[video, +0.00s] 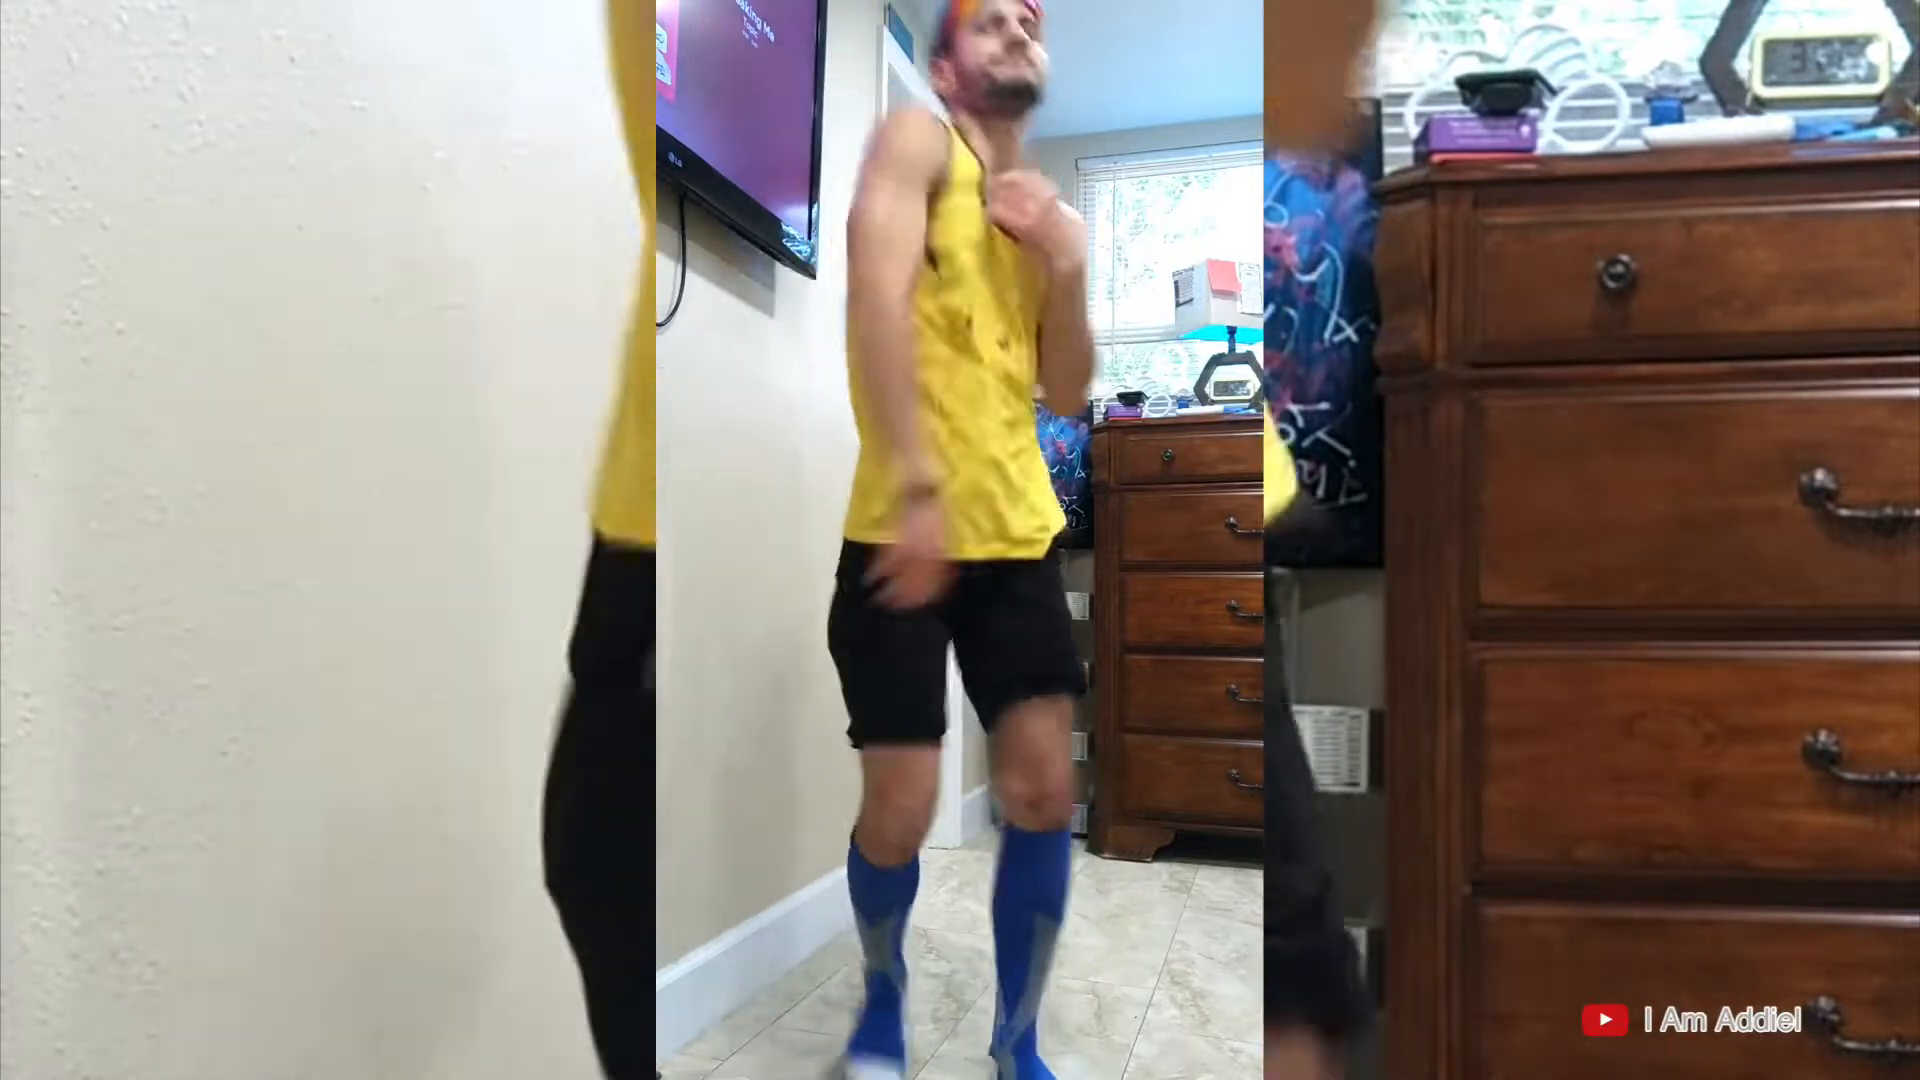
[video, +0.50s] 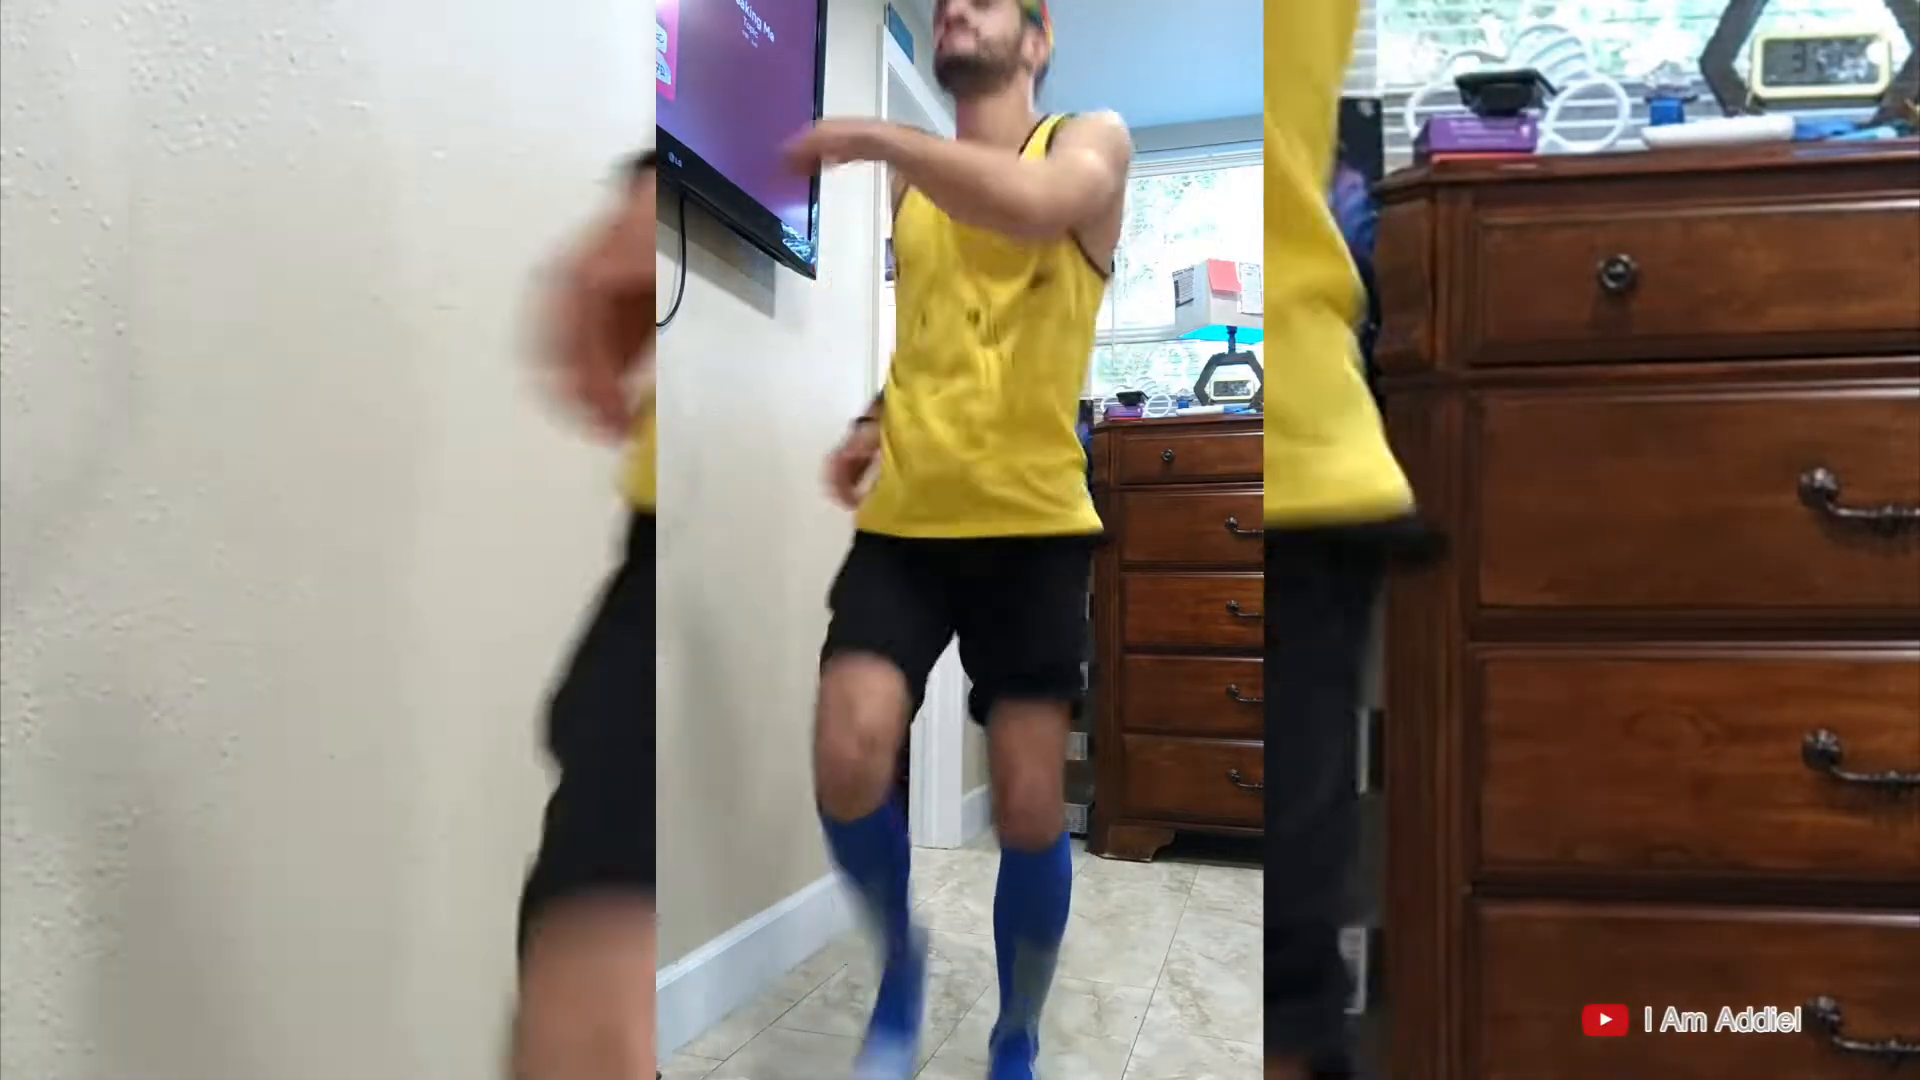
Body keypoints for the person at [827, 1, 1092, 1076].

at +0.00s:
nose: (1019, 32)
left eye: (1032, 27)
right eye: (993, 23)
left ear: (1045, 75)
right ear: (943, 66)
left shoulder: (1044, 203)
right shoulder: (918, 133)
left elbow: (1068, 392)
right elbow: (878, 295)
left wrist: (1067, 260)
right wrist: (916, 488)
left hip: (1014, 529)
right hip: (904, 523)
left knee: (1044, 786)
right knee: (902, 799)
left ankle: (1018, 1040)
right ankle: (880, 1013)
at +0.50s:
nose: (955, 14)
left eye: (983, 3)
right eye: (944, 7)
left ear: (1037, 35)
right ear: (934, 47)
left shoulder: (1090, 136)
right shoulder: (915, 183)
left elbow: (1042, 206)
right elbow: (928, 343)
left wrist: (877, 138)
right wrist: (877, 422)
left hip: (1034, 518)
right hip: (906, 515)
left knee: (1029, 801)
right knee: (847, 754)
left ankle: (1017, 1037)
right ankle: (898, 966)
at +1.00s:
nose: (919, 96)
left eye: (943, 82)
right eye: (906, 87)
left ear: (990, 112)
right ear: (897, 121)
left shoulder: (1034, 182)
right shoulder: (916, 265)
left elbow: (1152, 316)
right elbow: (873, 414)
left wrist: (1071, 421)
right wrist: (869, 265)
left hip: (1010, 524)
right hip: (925, 535)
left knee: (910, 809)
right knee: (904, 813)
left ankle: (1127, 710)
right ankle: (1007, 1032)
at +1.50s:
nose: (1000, 67)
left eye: (1011, 55)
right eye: (973, 54)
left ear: (1023, 92)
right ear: (925, 90)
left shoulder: (1015, 251)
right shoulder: (878, 170)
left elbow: (1021, 398)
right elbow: (815, 328)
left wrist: (1082, 317)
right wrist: (855, 503)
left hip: (1020, 566)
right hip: (902, 561)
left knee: (1016, 820)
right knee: (915, 828)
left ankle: (958, 1065)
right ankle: (887, 845)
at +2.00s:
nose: (906, 12)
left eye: (921, 5)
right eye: (879, 2)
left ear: (939, 41)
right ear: (831, 33)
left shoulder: (980, 200)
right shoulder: (774, 177)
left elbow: (1039, 363)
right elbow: (718, 368)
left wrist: (1052, 204)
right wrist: (750, 282)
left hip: (964, 548)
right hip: (814, 551)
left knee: (1022, 809)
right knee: (816, 826)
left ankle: (910, 818)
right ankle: (817, 1074)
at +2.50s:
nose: (881, 65)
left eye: (898, 42)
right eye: (855, 45)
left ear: (926, 62)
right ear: (822, 72)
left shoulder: (1000, 198)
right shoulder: (791, 222)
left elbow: (1047, 349)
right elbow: (759, 350)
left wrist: (1070, 459)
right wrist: (831, 196)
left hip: (969, 539)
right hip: (825, 557)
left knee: (939, 818)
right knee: (834, 864)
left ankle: (1002, 929)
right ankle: (927, 1043)